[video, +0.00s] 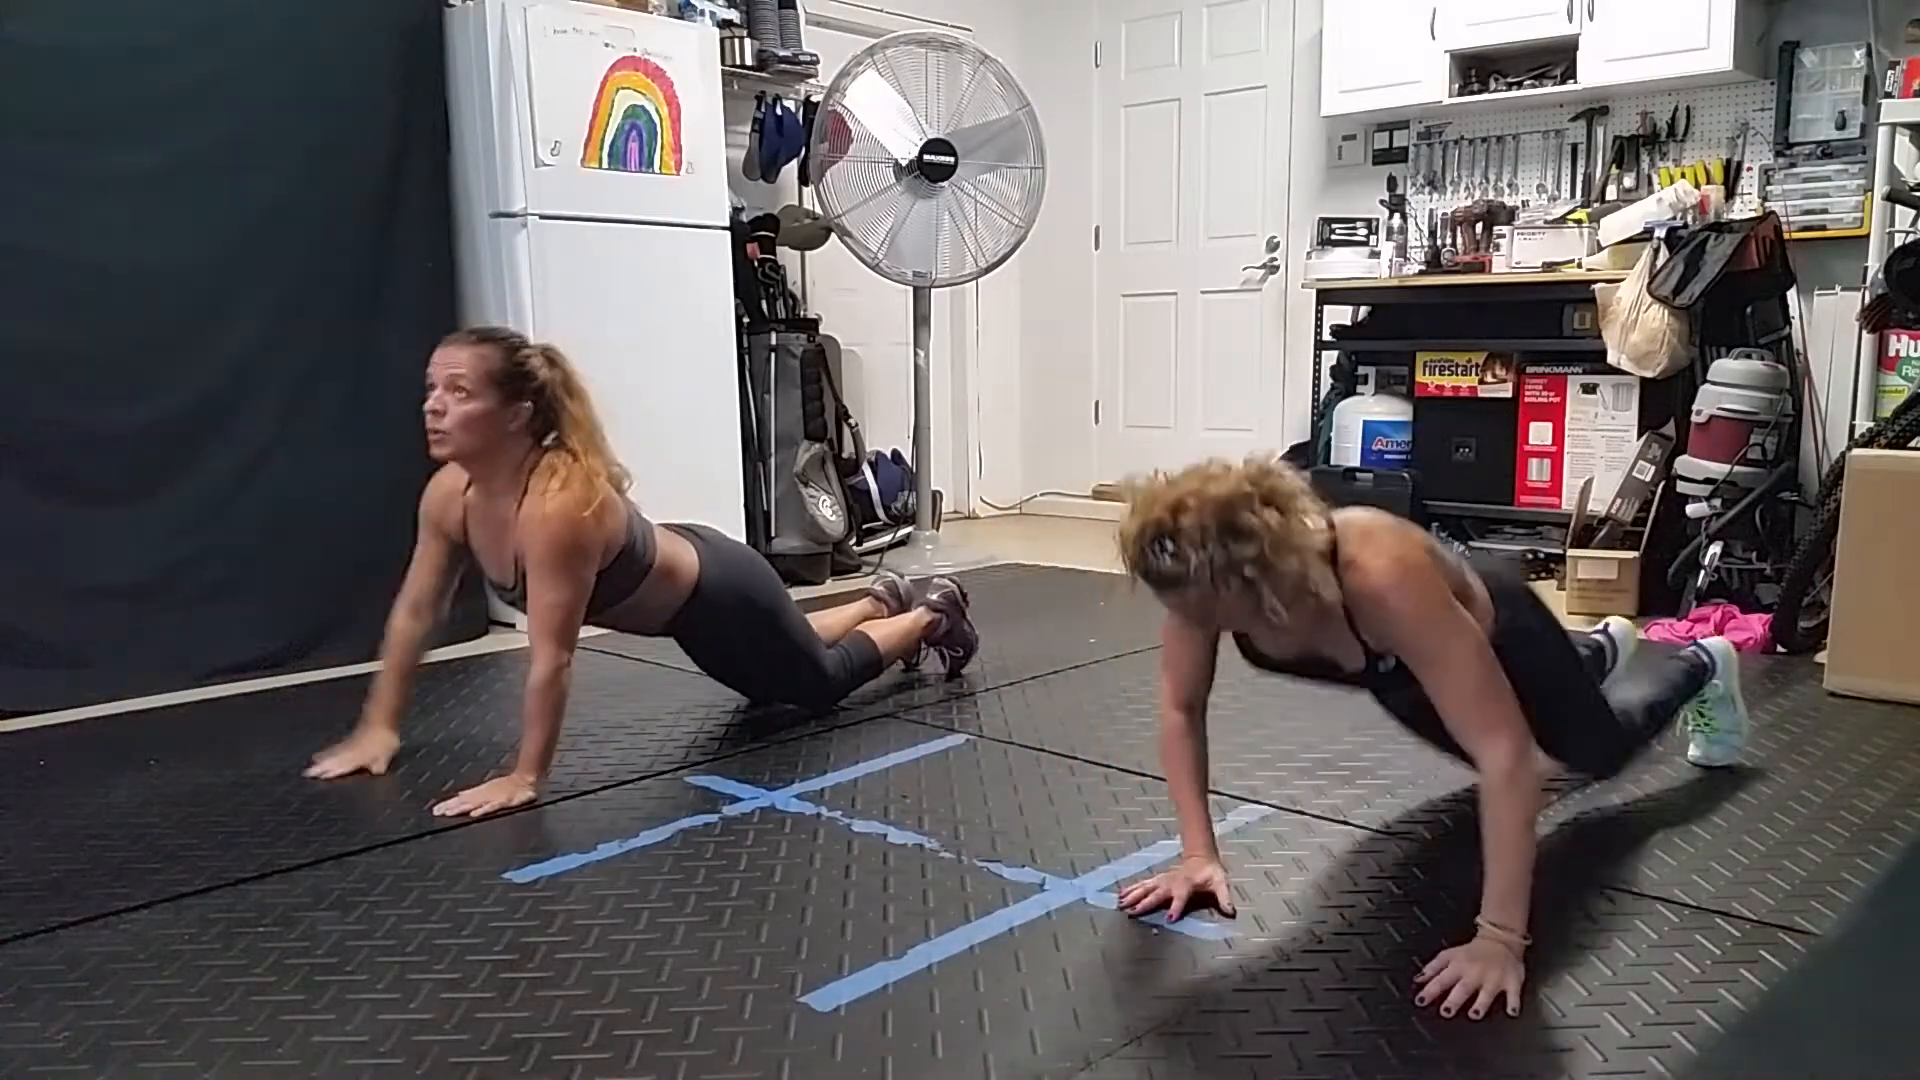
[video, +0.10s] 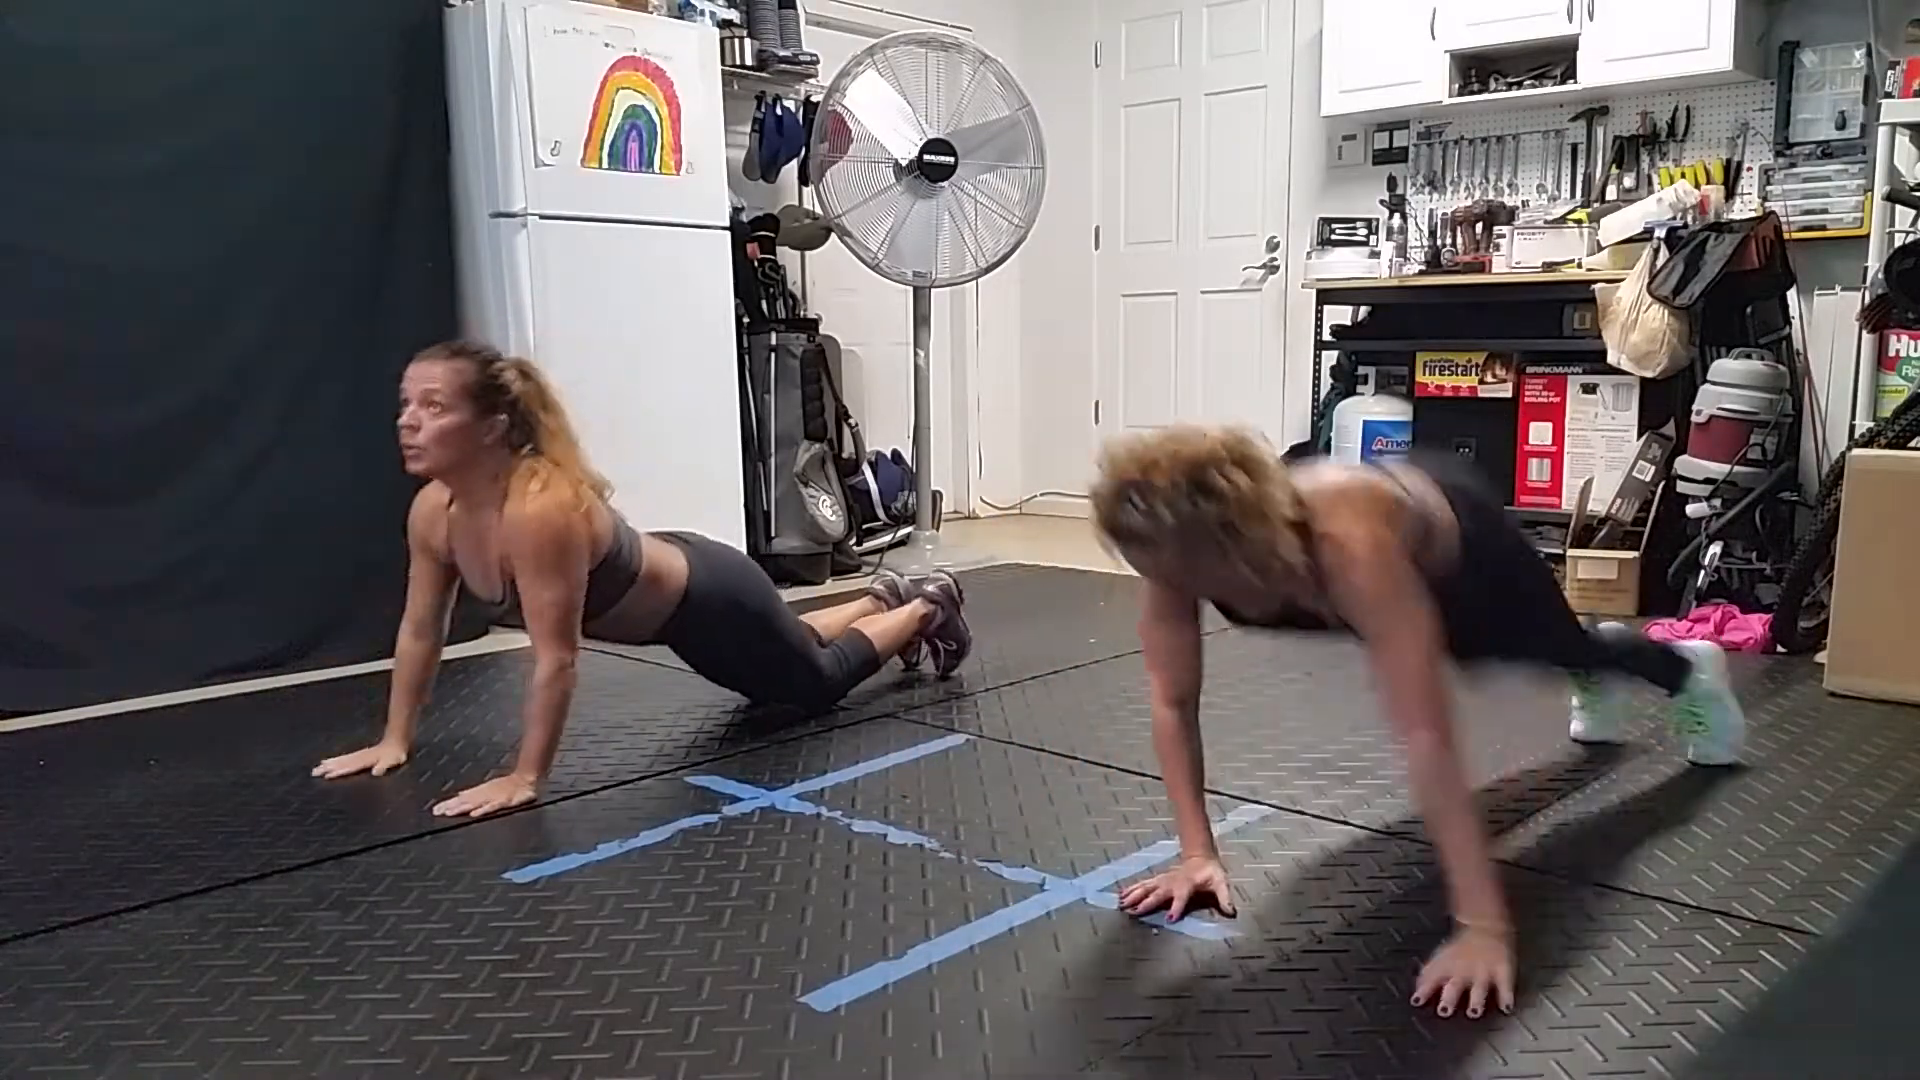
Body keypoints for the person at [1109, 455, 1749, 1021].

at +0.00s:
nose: (1195, 621)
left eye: (1201, 607)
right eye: (1188, 609)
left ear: (1250, 580)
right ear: (1196, 585)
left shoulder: (1381, 571)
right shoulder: (1202, 572)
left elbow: (1504, 757)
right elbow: (1180, 708)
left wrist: (1499, 936)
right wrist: (1196, 854)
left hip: (1492, 625)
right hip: (1396, 664)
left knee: (1597, 749)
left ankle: (1698, 659)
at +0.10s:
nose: (1164, 589)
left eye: (1171, 573)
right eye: (1155, 576)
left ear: (1223, 546)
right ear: (1156, 554)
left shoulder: (1347, 535)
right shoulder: (1178, 543)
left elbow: (1428, 734)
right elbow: (1173, 701)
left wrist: (1480, 927)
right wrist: (1195, 850)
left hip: (1466, 523)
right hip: (1384, 535)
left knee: (1571, 641)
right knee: (1502, 636)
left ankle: (1688, 670)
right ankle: (1595, 672)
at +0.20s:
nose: (1119, 553)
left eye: (1122, 534)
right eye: (1108, 540)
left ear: (1160, 494)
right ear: (1101, 513)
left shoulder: (1283, 474)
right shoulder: (1125, 509)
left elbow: (1357, 683)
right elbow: (1156, 680)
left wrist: (1391, 870)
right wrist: (1188, 836)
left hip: (1413, 432)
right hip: (1348, 486)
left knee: (1519, 544)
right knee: (1457, 568)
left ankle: (1610, 625)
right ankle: (1525, 623)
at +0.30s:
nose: (1057, 554)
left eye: (1059, 535)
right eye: (1044, 542)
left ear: (1098, 484)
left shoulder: (1221, 461)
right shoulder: (1078, 497)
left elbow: (1294, 665)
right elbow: (1073, 643)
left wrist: (1255, 826)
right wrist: (1081, 777)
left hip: (1372, 412)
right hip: (1291, 460)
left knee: (1459, 511)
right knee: (1394, 536)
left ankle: (1544, 558)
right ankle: (1454, 574)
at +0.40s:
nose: (1011, 620)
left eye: (1016, 604)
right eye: (998, 611)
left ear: (1051, 560)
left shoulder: (1165, 525)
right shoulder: (1029, 535)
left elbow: (1227, 713)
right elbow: (1011, 665)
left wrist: (1211, 874)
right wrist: (987, 799)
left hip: (1305, 455)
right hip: (1225, 457)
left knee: (1403, 538)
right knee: (1332, 543)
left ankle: (1479, 567)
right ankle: (1375, 580)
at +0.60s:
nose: (945, 734)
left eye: (943, 721)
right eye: (932, 729)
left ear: (972, 684)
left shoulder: (1094, 648)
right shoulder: (979, 622)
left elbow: (1244, 721)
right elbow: (986, 698)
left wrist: (1212, 872)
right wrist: (981, 797)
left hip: (1242, 628)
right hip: (1169, 596)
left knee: (1329, 652)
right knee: (1270, 612)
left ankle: (1395, 625)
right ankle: (1330, 612)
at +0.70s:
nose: (932, 834)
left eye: (932, 821)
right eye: (915, 830)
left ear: (957, 775)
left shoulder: (1074, 719)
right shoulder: (942, 672)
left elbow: (1235, 722)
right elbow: (957, 710)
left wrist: (1211, 874)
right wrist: (977, 793)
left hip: (1217, 659)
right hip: (1129, 623)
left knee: (1323, 652)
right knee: (1237, 623)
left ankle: (1406, 621)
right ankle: (1315, 608)